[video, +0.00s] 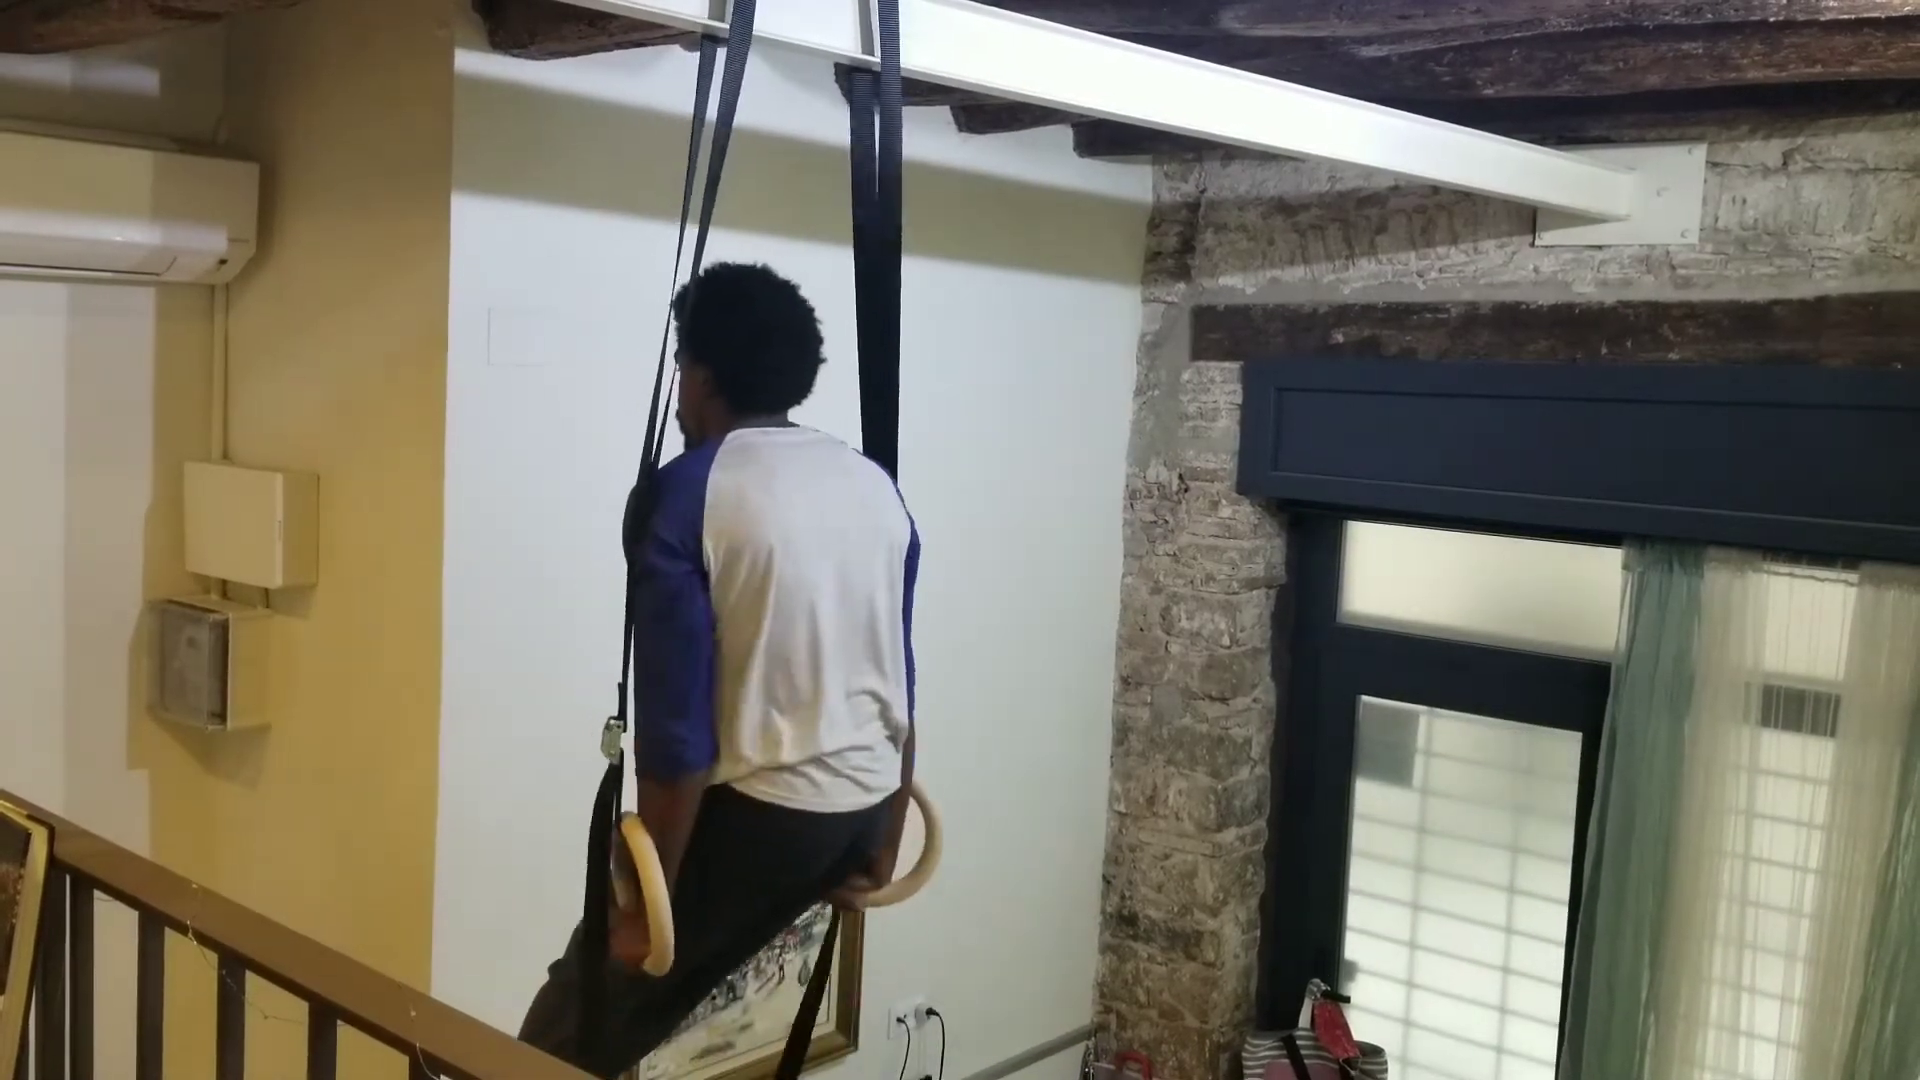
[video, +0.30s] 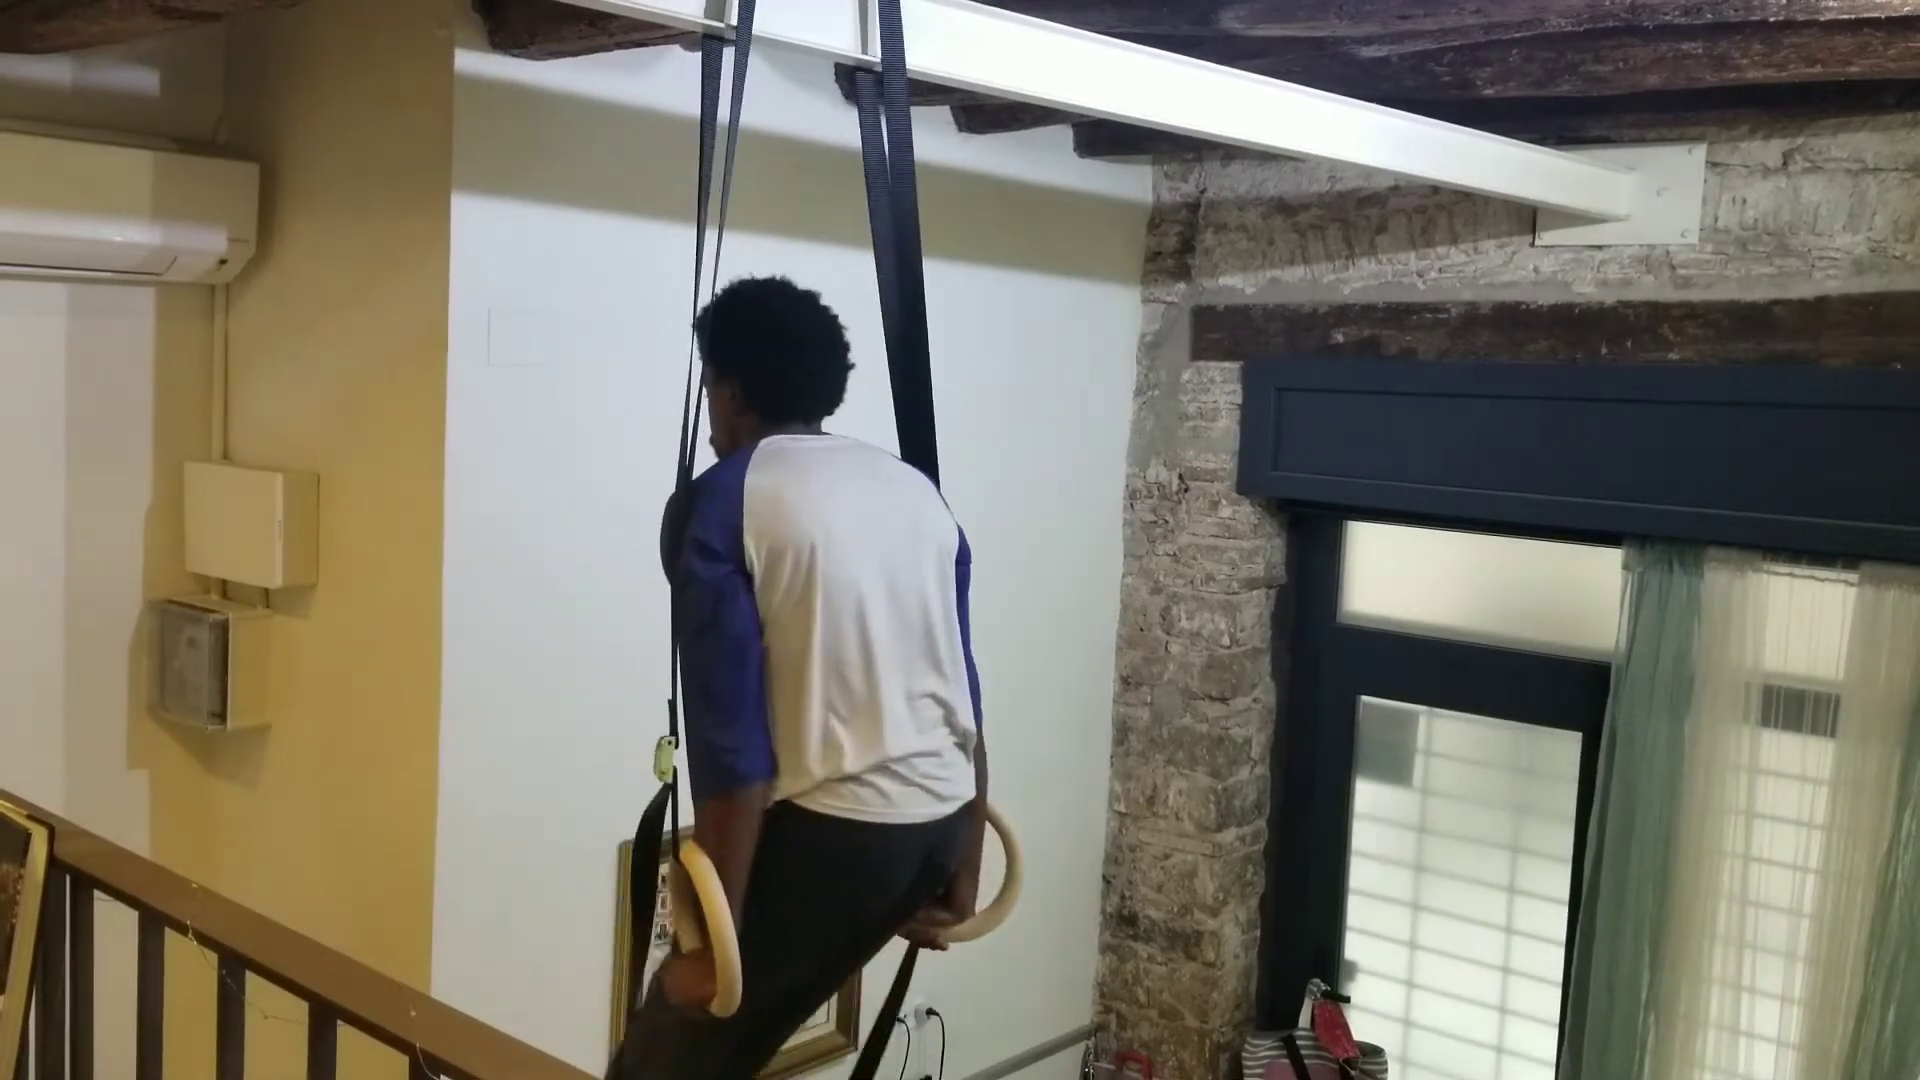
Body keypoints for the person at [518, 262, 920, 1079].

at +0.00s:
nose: (678, 388)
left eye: (682, 365)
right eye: (683, 364)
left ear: (701, 375)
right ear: (796, 376)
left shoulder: (684, 493)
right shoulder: (876, 487)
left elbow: (676, 731)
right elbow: (899, 690)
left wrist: (642, 902)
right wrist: (881, 847)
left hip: (747, 826)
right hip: (854, 823)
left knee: (575, 1020)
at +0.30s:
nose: (707, 407)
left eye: (710, 384)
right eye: (709, 384)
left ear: (734, 391)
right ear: (827, 389)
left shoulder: (721, 499)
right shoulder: (922, 495)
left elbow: (733, 750)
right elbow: (962, 702)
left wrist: (705, 938)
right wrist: (962, 889)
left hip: (820, 844)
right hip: (928, 843)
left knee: (664, 1054)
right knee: (725, 1045)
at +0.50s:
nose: (710, 414)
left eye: (711, 391)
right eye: (709, 392)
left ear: (732, 399)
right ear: (826, 398)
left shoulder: (727, 502)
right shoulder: (931, 494)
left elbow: (739, 752)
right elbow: (983, 701)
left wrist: (717, 945)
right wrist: (987, 871)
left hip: (835, 844)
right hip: (950, 846)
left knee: (736, 1060)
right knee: (820, 1060)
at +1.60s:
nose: (635, 417)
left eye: (634, 398)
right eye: (631, 399)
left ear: (663, 391)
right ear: (744, 385)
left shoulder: (674, 499)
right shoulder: (854, 490)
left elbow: (671, 740)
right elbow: (882, 684)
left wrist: (616, 910)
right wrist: (880, 826)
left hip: (724, 835)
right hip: (834, 835)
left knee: (636, 1059)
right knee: (724, 1060)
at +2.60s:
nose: (653, 425)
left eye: (653, 403)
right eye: (648, 407)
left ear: (682, 388)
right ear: (755, 383)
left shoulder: (677, 494)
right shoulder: (878, 478)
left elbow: (693, 728)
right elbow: (916, 664)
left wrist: (654, 946)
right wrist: (924, 859)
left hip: (804, 799)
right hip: (924, 797)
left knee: (733, 1056)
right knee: (819, 1058)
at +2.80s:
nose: (646, 441)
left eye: (643, 421)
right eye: (641, 422)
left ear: (667, 408)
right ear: (751, 398)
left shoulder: (677, 499)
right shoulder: (868, 470)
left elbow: (705, 737)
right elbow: (902, 661)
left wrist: (671, 956)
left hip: (826, 788)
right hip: (945, 781)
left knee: (778, 1055)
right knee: (875, 1054)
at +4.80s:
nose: (609, 471)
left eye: (604, 456)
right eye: (601, 459)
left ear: (626, 427)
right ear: (702, 408)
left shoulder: (629, 499)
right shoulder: (827, 481)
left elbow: (639, 680)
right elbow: (853, 658)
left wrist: (648, 862)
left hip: (758, 814)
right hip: (873, 805)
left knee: (771, 1061)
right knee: (878, 1062)